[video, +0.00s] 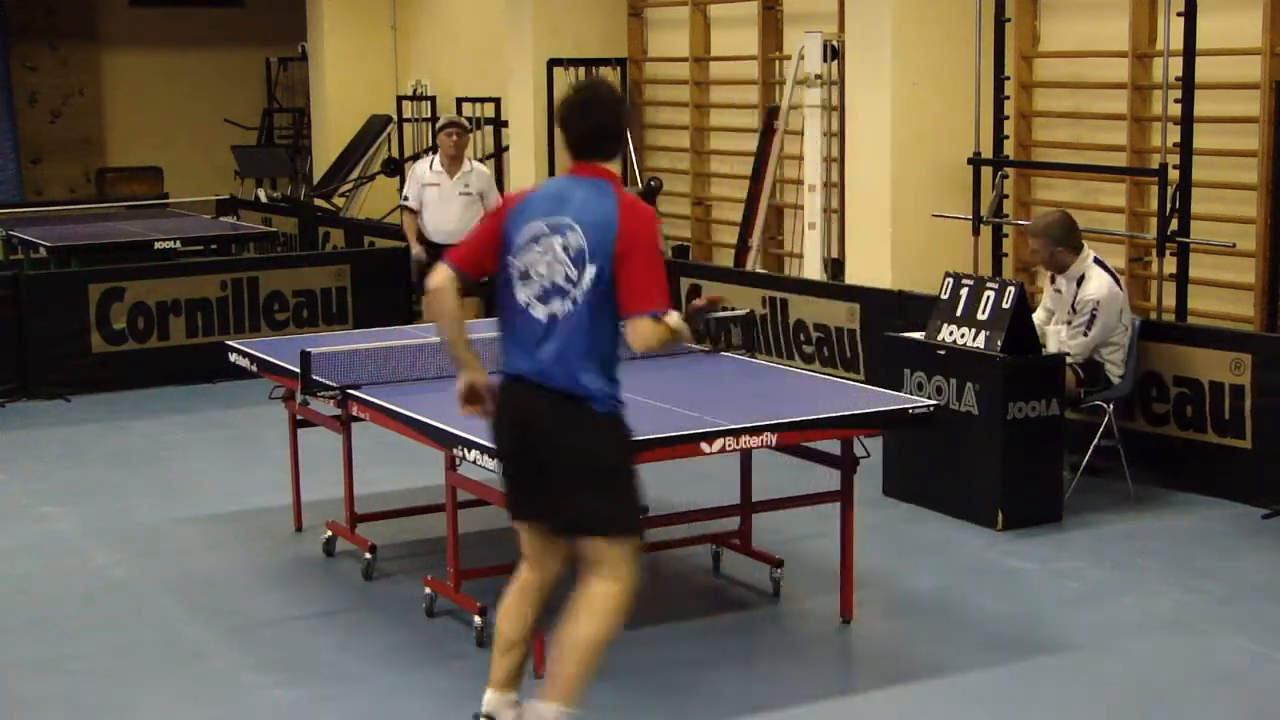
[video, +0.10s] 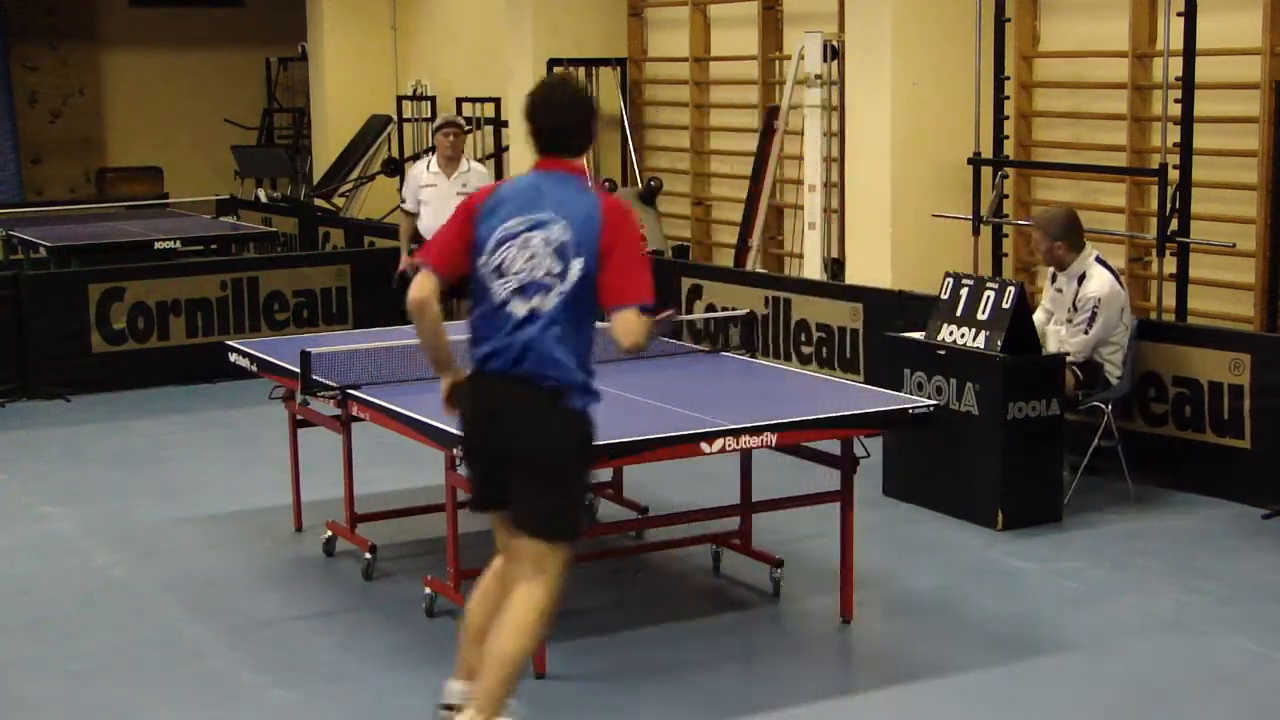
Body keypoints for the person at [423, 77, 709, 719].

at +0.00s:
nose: (627, 138)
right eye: (627, 130)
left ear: (562, 138)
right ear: (624, 139)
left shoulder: (522, 203)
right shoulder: (630, 215)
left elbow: (440, 284)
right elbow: (643, 335)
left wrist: (470, 369)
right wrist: (675, 327)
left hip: (518, 404)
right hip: (583, 413)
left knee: (540, 558)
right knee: (611, 569)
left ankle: (495, 703)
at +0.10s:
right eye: (592, 129)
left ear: (530, 134)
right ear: (592, 136)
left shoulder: (486, 202)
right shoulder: (610, 214)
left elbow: (420, 294)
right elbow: (629, 335)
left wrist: (449, 373)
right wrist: (638, 318)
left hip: (485, 397)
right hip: (552, 406)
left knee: (509, 553)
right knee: (537, 570)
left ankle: (461, 690)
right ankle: (482, 709)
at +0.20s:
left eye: (504, 148)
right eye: (563, 148)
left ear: (499, 157)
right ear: (563, 158)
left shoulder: (459, 230)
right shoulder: (576, 237)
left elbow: (398, 330)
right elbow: (605, 360)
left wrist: (429, 405)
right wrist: (582, 337)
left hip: (458, 426)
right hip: (523, 440)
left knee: (472, 569)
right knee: (494, 609)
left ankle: (386, 687)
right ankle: (454, 717)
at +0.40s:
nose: (522, 150)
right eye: (523, 142)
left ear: (459, 148)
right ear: (521, 150)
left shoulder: (408, 219)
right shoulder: (518, 230)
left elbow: (332, 301)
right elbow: (522, 348)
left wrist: (390, 363)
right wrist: (558, 366)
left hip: (414, 418)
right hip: (481, 431)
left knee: (399, 572)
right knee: (480, 602)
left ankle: (336, 708)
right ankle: (451, 716)